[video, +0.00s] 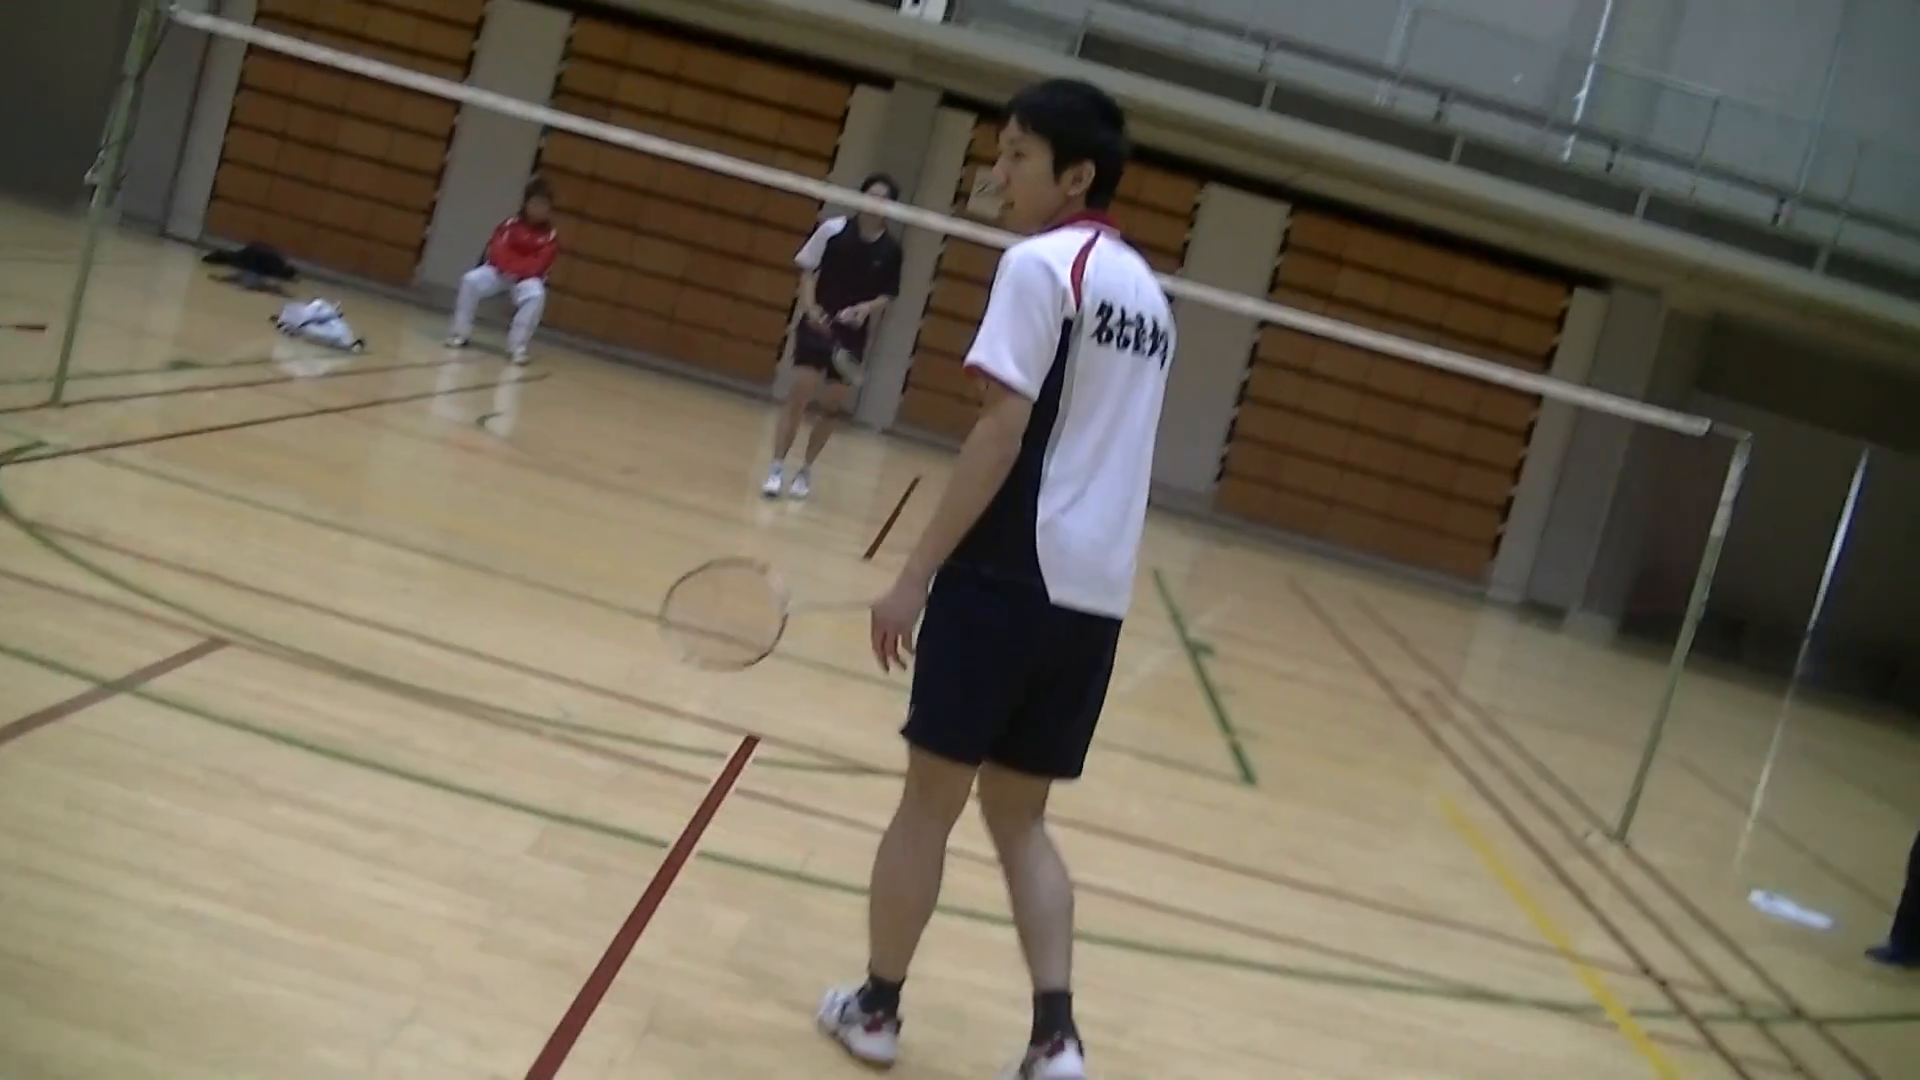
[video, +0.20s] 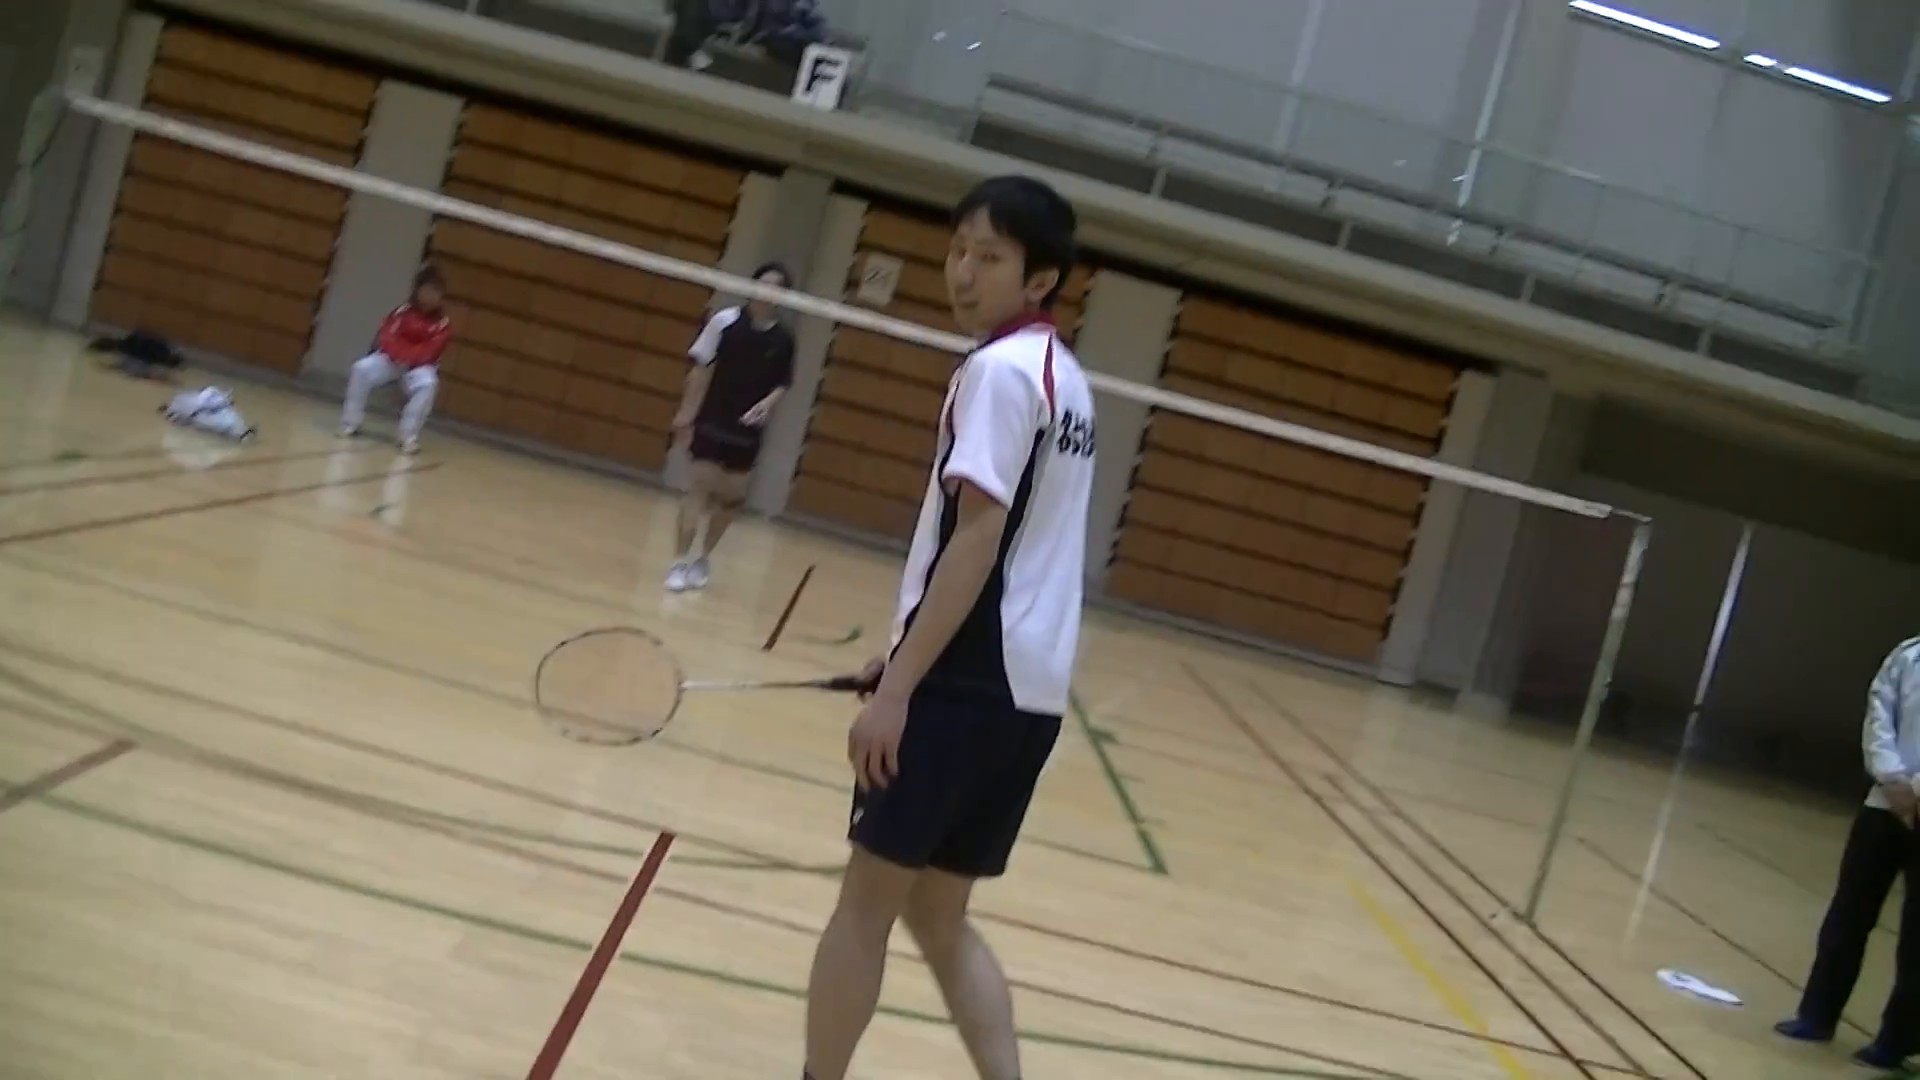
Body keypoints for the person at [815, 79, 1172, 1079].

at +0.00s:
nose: (998, 174)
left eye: (1017, 157)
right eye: (1001, 154)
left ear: (1081, 174)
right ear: (1089, 179)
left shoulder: (1041, 266)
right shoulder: (1150, 293)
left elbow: (1000, 433)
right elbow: (1119, 462)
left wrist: (914, 570)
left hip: (997, 588)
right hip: (1091, 609)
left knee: (928, 805)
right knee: (1020, 815)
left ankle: (878, 1004)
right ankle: (1056, 1037)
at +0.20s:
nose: (961, 272)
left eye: (987, 258)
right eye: (958, 252)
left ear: (1043, 279)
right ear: (951, 252)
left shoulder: (1003, 368)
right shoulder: (1065, 374)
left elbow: (977, 537)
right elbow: (1013, 546)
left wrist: (895, 688)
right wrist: (906, 648)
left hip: (955, 685)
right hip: (1022, 699)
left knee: (865, 908)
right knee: (939, 914)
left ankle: (821, 1072)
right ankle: (1006, 1075)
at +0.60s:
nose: (955, 337)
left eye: (954, 316)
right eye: (953, 317)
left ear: (973, 319)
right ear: (1051, 311)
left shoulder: (1003, 424)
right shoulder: (1098, 421)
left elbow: (1011, 598)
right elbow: (1071, 594)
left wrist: (987, 769)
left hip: (975, 740)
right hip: (1073, 748)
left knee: (916, 965)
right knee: (1035, 969)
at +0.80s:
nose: (1100, 337)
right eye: (1098, 322)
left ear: (993, 324)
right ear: (1075, 324)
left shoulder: (934, 428)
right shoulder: (1139, 430)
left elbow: (912, 593)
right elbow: (1168, 599)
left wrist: (905, 750)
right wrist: (1158, 726)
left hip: (973, 753)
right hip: (1092, 755)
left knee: (918, 967)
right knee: (1078, 982)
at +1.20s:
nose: (1079, 276)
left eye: (1079, 257)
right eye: (1078, 255)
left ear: (979, 243)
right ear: (1050, 240)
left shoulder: (888, 334)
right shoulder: (1068, 333)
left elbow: (825, 503)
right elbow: (1075, 500)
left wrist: (829, 623)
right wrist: (1119, 649)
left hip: (912, 656)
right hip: (1024, 656)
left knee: (921, 892)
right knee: (1034, 901)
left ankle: (907, 1074)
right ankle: (1022, 1076)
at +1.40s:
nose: (1094, 246)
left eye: (1094, 236)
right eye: (1094, 235)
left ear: (989, 226)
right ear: (1079, 230)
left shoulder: (913, 306)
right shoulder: (1090, 296)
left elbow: (874, 483)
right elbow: (1107, 459)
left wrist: (935, 533)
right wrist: (1151, 591)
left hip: (936, 616)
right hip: (1055, 612)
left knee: (962, 855)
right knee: (1071, 855)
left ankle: (942, 1066)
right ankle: (1049, 1067)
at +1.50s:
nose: (1146, 247)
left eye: (1146, 237)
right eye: (1146, 236)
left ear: (1039, 225)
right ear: (1131, 231)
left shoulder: (964, 306)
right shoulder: (1148, 295)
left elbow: (934, 483)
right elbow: (1176, 458)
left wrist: (1014, 474)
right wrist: (1209, 580)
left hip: (994, 618)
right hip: (1113, 613)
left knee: (1013, 852)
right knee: (1144, 851)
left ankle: (988, 1063)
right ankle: (1125, 1061)